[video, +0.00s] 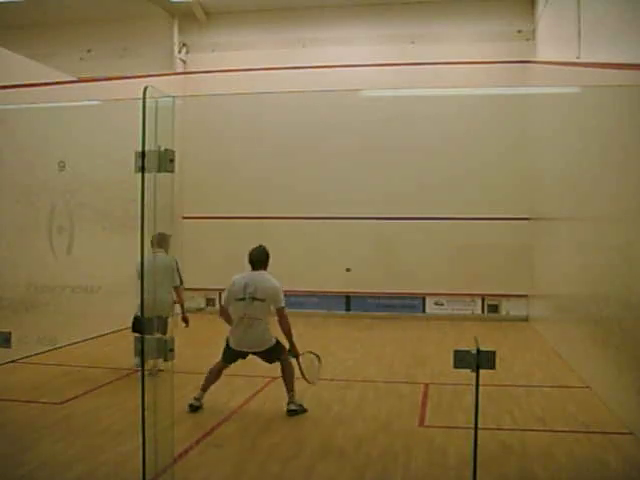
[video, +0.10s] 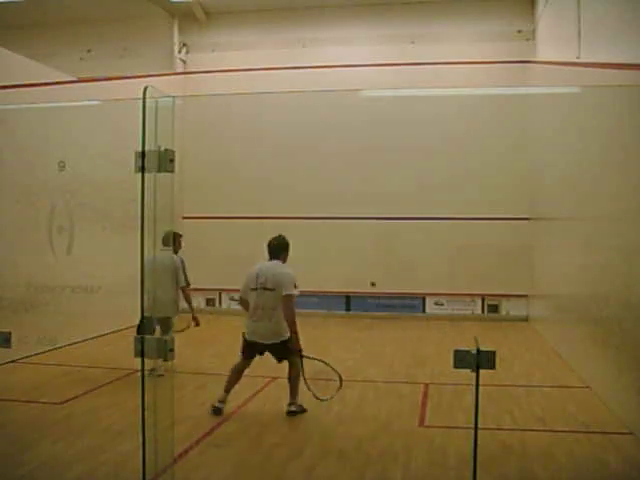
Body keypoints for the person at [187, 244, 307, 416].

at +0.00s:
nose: (268, 263)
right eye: (267, 260)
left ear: (250, 262)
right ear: (267, 262)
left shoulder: (236, 281)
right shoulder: (272, 285)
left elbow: (223, 311)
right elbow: (282, 317)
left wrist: (236, 326)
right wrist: (292, 344)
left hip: (236, 340)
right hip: (261, 341)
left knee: (221, 364)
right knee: (285, 358)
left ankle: (198, 398)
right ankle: (292, 401)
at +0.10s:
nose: (288, 255)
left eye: (286, 252)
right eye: (287, 252)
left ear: (269, 252)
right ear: (285, 253)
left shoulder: (255, 271)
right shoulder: (285, 275)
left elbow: (242, 299)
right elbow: (288, 308)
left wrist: (255, 315)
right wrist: (294, 337)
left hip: (253, 332)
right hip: (278, 333)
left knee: (243, 362)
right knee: (295, 360)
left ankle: (222, 399)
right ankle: (293, 402)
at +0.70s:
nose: (399, 265)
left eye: (400, 260)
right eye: (395, 260)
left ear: (393, 262)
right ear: (382, 260)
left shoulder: (390, 289)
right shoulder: (358, 277)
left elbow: (391, 321)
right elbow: (327, 293)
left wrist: (401, 353)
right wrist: (338, 301)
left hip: (366, 345)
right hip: (340, 347)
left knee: (397, 385)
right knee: (366, 397)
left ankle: (398, 439)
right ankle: (358, 439)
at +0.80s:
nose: (415, 272)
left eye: (416, 267)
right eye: (411, 266)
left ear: (414, 267)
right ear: (398, 265)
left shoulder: (408, 294)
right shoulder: (369, 281)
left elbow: (416, 327)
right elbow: (336, 289)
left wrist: (428, 360)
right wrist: (349, 293)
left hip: (382, 353)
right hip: (354, 352)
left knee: (411, 396)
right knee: (372, 403)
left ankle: (427, 454)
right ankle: (358, 430)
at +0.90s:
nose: (425, 277)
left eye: (427, 272)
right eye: (422, 272)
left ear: (424, 274)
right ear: (407, 270)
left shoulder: (422, 304)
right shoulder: (380, 286)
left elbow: (438, 333)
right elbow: (344, 285)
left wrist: (452, 365)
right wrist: (356, 286)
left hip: (395, 358)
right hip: (365, 355)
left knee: (429, 398)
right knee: (374, 400)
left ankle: (431, 456)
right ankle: (364, 446)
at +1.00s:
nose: (431, 275)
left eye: (432, 270)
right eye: (428, 270)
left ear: (426, 272)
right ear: (412, 269)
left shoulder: (424, 301)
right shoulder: (383, 281)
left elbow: (446, 326)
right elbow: (345, 275)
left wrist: (461, 356)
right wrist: (360, 275)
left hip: (392, 355)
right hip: (362, 350)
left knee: (424, 399)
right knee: (375, 400)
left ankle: (430, 457)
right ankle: (364, 463)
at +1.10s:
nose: (434, 285)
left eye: (435, 280)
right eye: (432, 279)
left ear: (421, 279)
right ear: (415, 277)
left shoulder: (422, 305)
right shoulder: (383, 284)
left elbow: (440, 327)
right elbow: (345, 287)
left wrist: (449, 351)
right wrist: (360, 276)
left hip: (382, 355)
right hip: (356, 352)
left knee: (420, 399)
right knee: (374, 409)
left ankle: (417, 459)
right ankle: (356, 469)